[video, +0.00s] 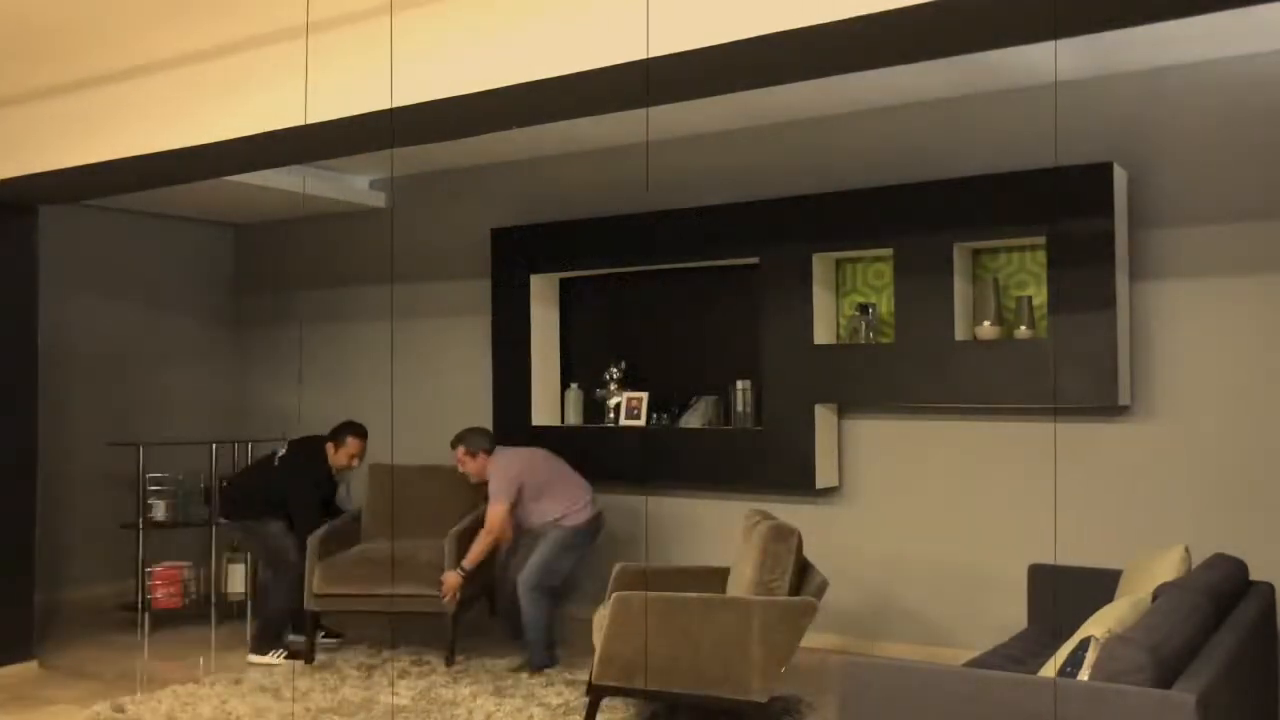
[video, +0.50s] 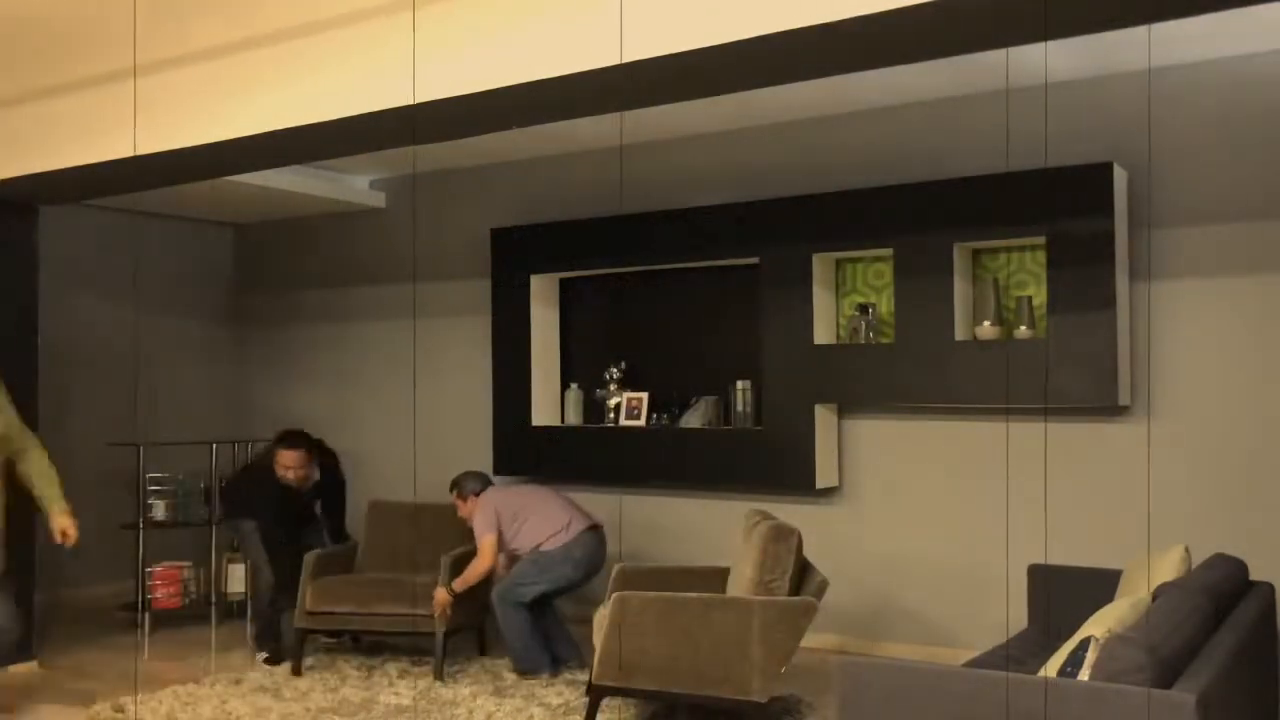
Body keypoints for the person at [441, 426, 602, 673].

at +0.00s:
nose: (461, 469)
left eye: (462, 462)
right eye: (459, 463)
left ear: (480, 455)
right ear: (482, 454)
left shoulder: (502, 469)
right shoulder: (502, 463)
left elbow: (492, 531)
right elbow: (504, 532)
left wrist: (461, 572)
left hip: (573, 522)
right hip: (549, 522)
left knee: (530, 582)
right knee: (516, 576)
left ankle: (540, 659)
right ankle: (536, 649)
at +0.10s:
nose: (462, 472)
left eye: (463, 465)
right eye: (460, 466)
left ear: (478, 458)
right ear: (482, 455)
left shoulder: (497, 472)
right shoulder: (504, 463)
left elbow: (482, 534)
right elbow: (514, 525)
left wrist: (449, 576)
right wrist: (509, 568)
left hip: (581, 516)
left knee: (534, 581)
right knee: (548, 582)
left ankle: (539, 660)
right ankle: (565, 652)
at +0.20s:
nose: (463, 485)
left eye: (463, 477)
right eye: (461, 478)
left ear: (478, 470)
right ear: (482, 468)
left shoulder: (495, 483)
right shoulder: (508, 475)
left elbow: (486, 544)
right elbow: (516, 542)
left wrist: (450, 583)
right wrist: (509, 583)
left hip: (578, 526)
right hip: (596, 519)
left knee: (527, 588)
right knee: (549, 591)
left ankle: (536, 666)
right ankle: (568, 657)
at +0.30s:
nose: (463, 501)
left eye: (462, 492)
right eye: (461, 493)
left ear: (475, 486)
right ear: (482, 482)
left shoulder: (489, 496)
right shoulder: (508, 487)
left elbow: (488, 555)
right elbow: (508, 554)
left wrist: (451, 587)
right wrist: (505, 587)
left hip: (573, 539)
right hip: (595, 532)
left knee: (514, 590)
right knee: (546, 596)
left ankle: (534, 666)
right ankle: (569, 658)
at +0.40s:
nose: (462, 510)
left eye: (462, 502)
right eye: (460, 503)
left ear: (475, 495)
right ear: (486, 490)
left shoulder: (488, 504)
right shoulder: (510, 493)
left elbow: (488, 560)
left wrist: (451, 589)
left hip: (572, 548)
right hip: (593, 542)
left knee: (508, 595)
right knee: (536, 598)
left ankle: (533, 667)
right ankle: (569, 659)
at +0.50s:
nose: (459, 514)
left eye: (458, 505)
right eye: (457, 507)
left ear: (472, 498)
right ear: (482, 493)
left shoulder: (484, 505)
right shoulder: (506, 497)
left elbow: (485, 561)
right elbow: (505, 564)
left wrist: (450, 591)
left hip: (570, 548)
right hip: (590, 542)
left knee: (505, 596)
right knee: (534, 599)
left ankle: (533, 669)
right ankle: (570, 660)